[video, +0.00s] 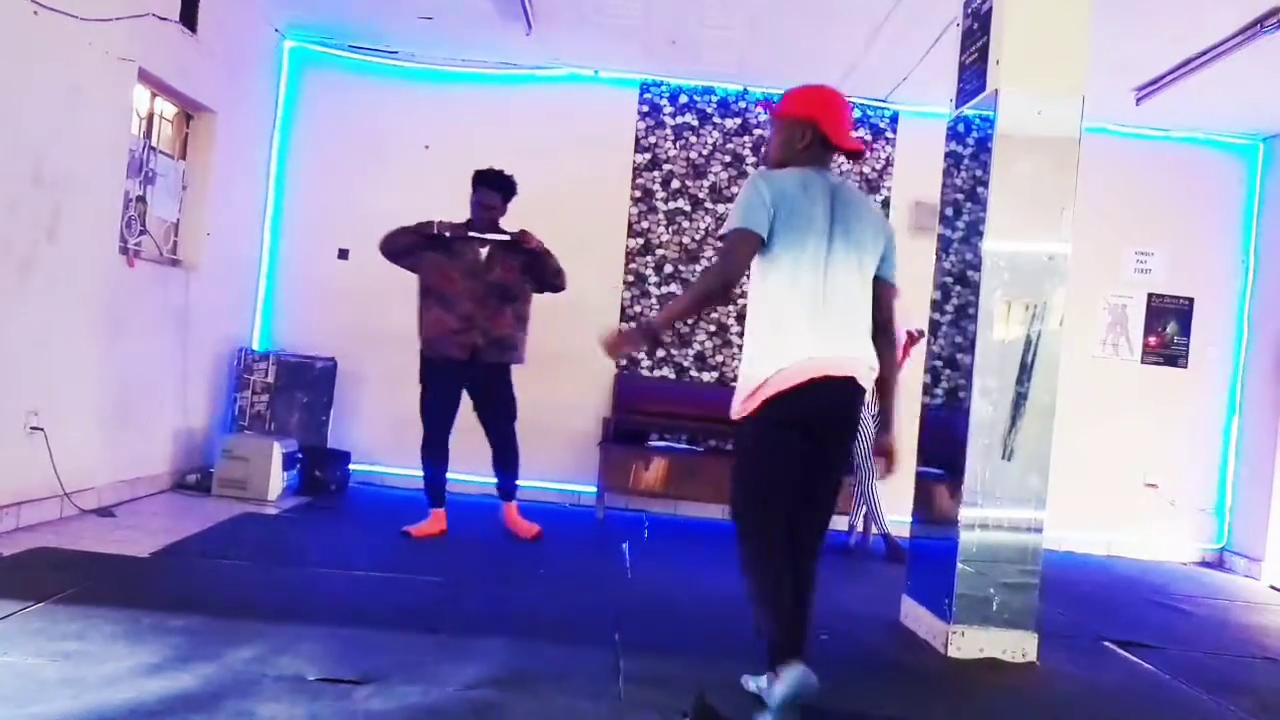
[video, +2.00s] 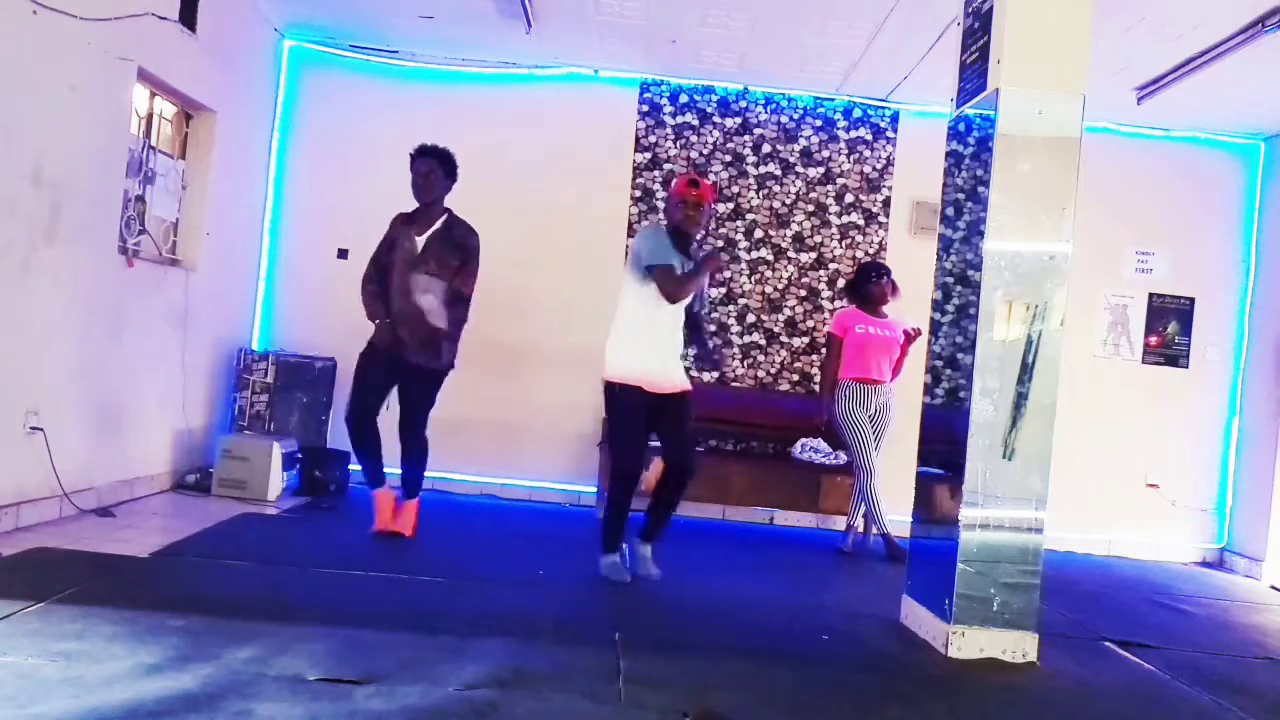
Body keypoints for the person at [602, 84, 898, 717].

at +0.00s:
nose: (768, 140)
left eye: (777, 128)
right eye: (773, 127)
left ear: (802, 134)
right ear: (830, 144)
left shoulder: (771, 187)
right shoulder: (873, 217)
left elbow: (728, 271)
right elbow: (885, 330)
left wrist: (648, 328)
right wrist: (888, 421)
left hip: (782, 386)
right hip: (848, 395)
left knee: (758, 523)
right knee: (803, 535)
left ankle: (789, 663)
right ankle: (779, 675)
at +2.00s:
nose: (688, 212)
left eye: (696, 206)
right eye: (682, 203)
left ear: (706, 214)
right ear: (668, 205)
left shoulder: (694, 259)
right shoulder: (652, 237)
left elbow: (694, 318)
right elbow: (673, 292)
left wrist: (706, 352)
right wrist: (705, 268)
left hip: (669, 375)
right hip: (629, 371)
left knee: (682, 462)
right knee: (628, 466)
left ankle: (645, 541)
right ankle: (610, 551)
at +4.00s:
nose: (690, 192)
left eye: (698, 186)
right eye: (684, 184)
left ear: (712, 197)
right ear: (671, 191)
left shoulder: (726, 257)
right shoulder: (641, 243)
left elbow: (720, 327)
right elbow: (621, 309)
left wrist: (710, 390)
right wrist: (610, 371)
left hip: (687, 390)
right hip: (634, 386)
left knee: (692, 481)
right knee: (620, 477)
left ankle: (693, 573)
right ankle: (613, 565)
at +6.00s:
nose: (707, 196)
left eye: (718, 193)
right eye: (705, 187)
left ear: (734, 209)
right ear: (695, 191)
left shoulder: (734, 261)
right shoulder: (656, 233)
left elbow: (736, 331)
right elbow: (628, 293)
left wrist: (731, 396)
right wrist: (598, 352)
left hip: (688, 387)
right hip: (635, 377)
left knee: (674, 483)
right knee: (618, 474)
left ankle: (668, 574)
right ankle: (601, 567)